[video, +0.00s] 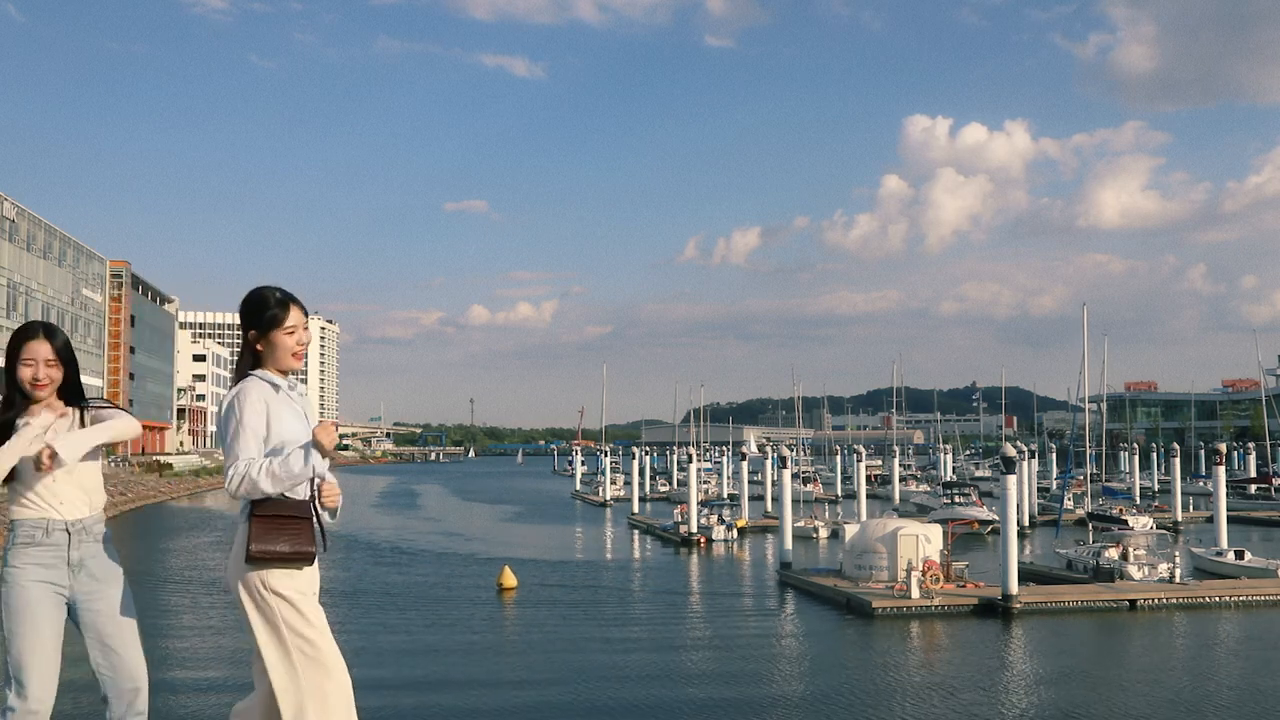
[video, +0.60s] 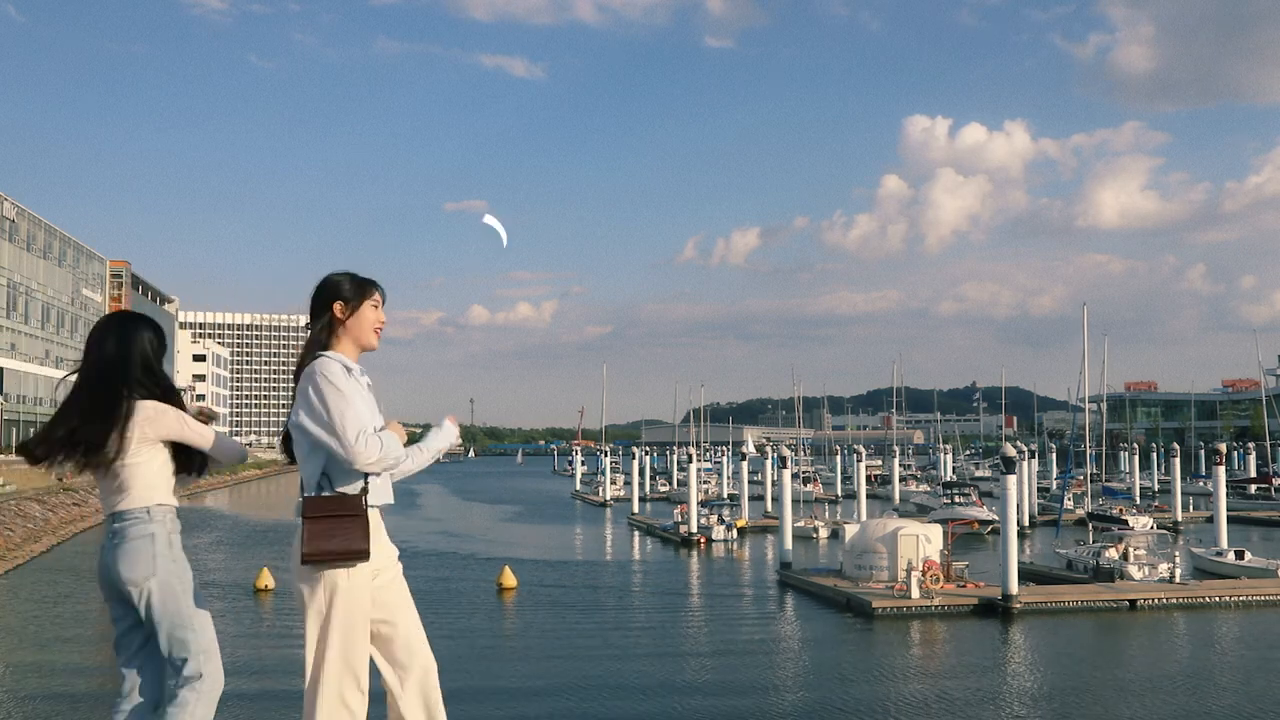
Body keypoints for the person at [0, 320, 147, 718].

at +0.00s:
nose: (40, 373)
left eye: (51, 363)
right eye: (28, 363)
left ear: (65, 367)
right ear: (13, 368)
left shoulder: (88, 413)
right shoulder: (6, 423)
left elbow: (131, 426)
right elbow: (1, 474)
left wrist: (71, 444)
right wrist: (33, 427)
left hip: (97, 558)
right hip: (32, 560)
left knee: (131, 683)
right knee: (33, 698)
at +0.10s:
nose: (59, 370)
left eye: (68, 360)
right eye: (47, 360)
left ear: (77, 366)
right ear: (25, 366)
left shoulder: (95, 425)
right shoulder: (14, 423)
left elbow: (161, 435)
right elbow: (3, 461)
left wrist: (103, 431)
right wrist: (50, 437)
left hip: (100, 560)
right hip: (42, 561)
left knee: (144, 682)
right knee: (28, 699)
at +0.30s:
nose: (107, 385)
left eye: (106, 375)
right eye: (99, 373)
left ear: (82, 381)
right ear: (67, 378)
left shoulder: (103, 440)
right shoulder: (49, 448)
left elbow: (149, 472)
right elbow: (108, 503)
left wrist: (184, 480)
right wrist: (141, 462)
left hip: (127, 568)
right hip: (89, 573)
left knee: (157, 693)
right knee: (83, 704)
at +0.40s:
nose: (126, 387)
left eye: (124, 377)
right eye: (121, 377)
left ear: (77, 386)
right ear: (100, 384)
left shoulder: (91, 444)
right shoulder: (91, 450)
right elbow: (180, 482)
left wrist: (172, 456)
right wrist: (188, 453)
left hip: (128, 578)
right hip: (110, 584)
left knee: (168, 691)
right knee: (151, 704)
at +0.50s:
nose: (144, 380)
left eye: (142, 370)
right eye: (140, 371)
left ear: (85, 372)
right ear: (129, 376)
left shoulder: (90, 432)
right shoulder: (124, 434)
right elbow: (211, 462)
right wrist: (226, 470)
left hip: (111, 574)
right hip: (130, 578)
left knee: (149, 691)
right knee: (192, 689)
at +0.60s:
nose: (162, 362)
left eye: (160, 354)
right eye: (158, 353)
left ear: (97, 359)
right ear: (146, 359)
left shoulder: (97, 416)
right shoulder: (151, 413)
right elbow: (236, 453)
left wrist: (184, 419)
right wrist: (204, 431)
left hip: (117, 548)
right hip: (153, 549)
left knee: (140, 685)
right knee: (201, 672)